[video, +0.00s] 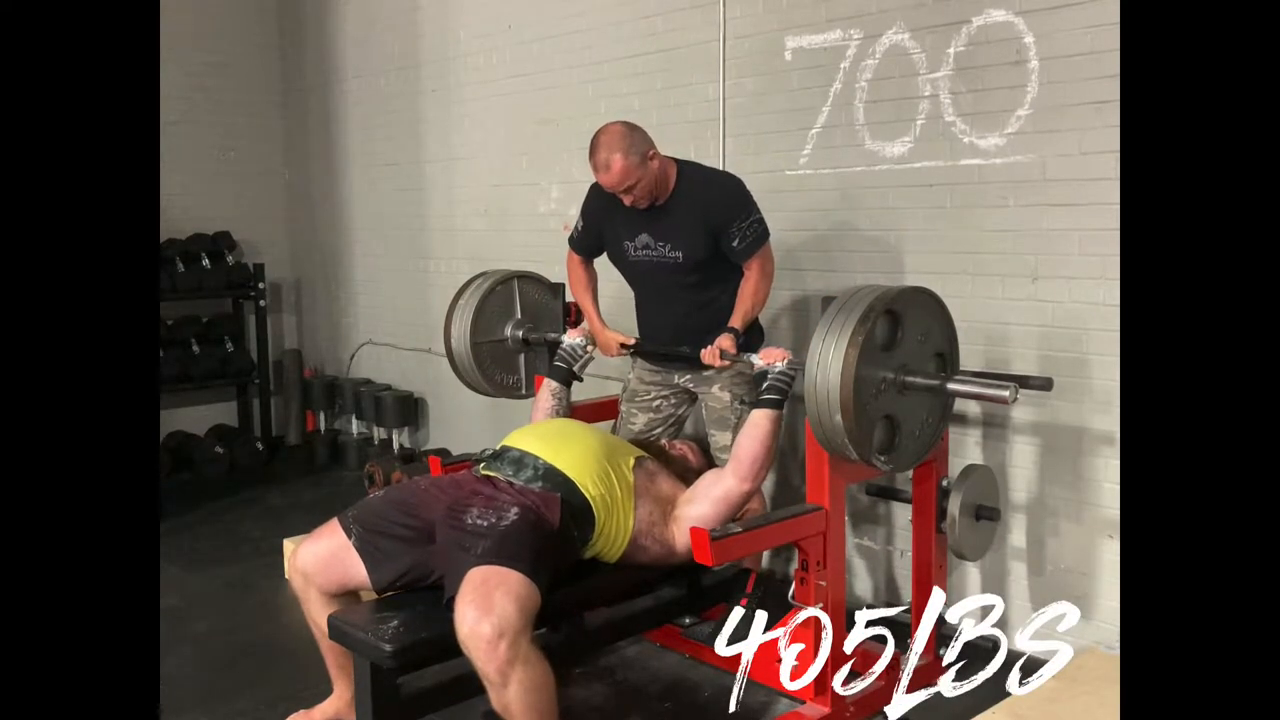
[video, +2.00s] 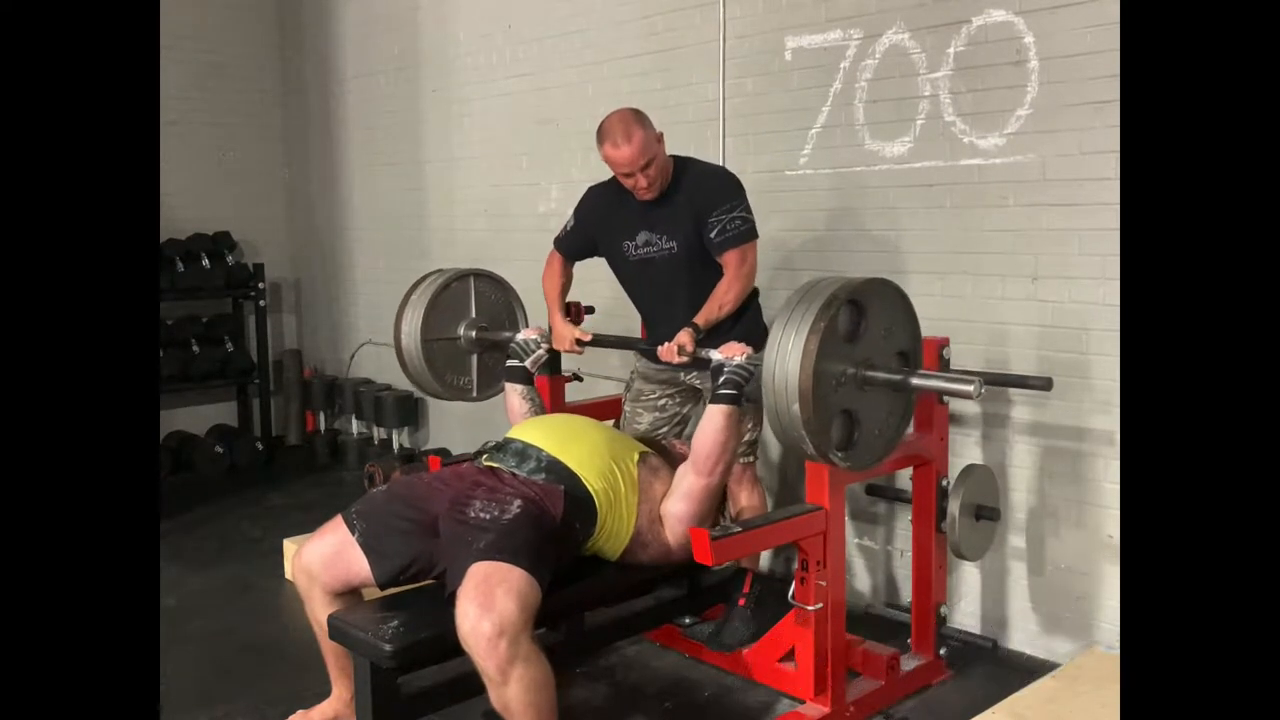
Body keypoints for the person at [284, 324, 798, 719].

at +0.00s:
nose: (680, 441)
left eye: (691, 448)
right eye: (677, 437)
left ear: (699, 474)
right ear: (655, 445)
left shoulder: (680, 510)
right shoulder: (597, 451)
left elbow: (745, 475)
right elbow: (536, 432)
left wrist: (772, 391)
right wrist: (561, 368)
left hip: (527, 506)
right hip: (458, 483)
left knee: (488, 629)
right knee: (308, 561)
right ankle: (345, 697)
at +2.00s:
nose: (680, 434)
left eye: (693, 441)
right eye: (677, 430)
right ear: (661, 438)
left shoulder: (668, 522)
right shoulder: (586, 446)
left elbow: (707, 464)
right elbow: (521, 443)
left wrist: (728, 386)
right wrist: (519, 372)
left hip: (529, 499)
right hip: (455, 476)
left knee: (489, 625)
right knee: (313, 563)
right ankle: (344, 696)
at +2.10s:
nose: (673, 434)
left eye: (681, 433)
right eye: (673, 429)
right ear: (656, 435)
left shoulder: (665, 524)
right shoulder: (580, 446)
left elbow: (703, 467)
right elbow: (518, 443)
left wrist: (725, 387)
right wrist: (516, 371)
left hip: (526, 502)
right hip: (453, 480)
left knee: (489, 626)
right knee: (311, 563)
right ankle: (344, 697)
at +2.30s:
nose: (675, 433)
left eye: (681, 433)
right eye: (672, 429)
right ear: (658, 433)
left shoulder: (666, 521)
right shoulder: (583, 447)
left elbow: (702, 469)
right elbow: (518, 445)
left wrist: (722, 388)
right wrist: (510, 375)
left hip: (523, 505)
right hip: (450, 481)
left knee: (485, 630)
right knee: (309, 563)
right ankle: (343, 697)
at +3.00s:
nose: (682, 444)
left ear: (682, 447)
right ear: (662, 437)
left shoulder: (662, 500)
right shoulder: (571, 440)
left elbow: (697, 502)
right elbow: (496, 464)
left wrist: (712, 416)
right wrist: (497, 399)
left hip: (520, 503)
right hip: (453, 484)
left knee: (485, 629)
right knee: (307, 561)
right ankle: (343, 698)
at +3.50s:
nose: (674, 440)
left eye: (686, 441)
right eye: (671, 434)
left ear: (691, 461)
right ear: (655, 438)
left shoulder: (661, 502)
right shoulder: (579, 453)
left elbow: (684, 575)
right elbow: (512, 469)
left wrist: (698, 480)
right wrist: (492, 438)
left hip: (519, 512)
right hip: (454, 490)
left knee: (481, 633)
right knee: (304, 565)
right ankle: (344, 700)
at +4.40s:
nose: (679, 437)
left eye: (690, 439)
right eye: (676, 431)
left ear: (699, 463)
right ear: (659, 437)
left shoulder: (675, 515)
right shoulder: (586, 448)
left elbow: (717, 460)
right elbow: (529, 427)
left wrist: (734, 375)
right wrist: (521, 356)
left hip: (529, 507)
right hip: (463, 483)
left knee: (490, 625)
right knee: (310, 562)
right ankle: (343, 697)